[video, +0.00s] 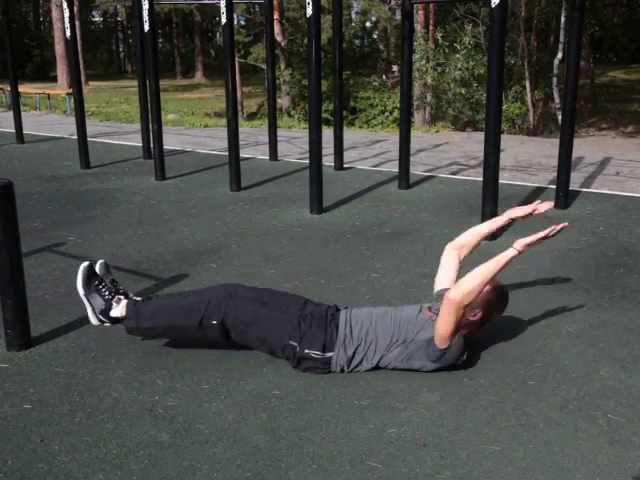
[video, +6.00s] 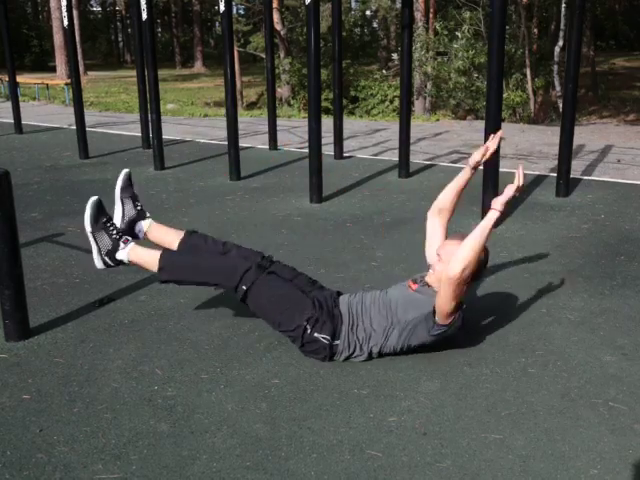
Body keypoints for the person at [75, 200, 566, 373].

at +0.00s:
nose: (471, 287)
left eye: (478, 290)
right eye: (476, 284)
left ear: (478, 308)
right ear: (470, 301)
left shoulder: (448, 345)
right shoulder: (441, 313)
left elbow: (460, 290)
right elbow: (454, 252)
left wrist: (511, 251)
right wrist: (507, 218)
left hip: (323, 339)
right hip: (328, 320)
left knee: (224, 303)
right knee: (227, 298)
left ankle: (121, 312)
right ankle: (129, 308)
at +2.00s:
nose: (398, 236)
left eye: (407, 235)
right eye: (404, 231)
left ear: (427, 255)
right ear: (426, 252)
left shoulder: (410, 288)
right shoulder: (418, 275)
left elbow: (360, 235)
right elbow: (377, 209)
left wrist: (339, 167)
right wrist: (357, 150)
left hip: (317, 340)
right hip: (324, 321)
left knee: (269, 247)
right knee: (274, 240)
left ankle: (159, 224)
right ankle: (177, 221)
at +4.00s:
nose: (361, 230)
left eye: (367, 226)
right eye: (364, 223)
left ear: (386, 234)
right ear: (389, 232)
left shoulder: (395, 259)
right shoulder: (396, 250)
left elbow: (329, 214)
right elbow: (338, 193)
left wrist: (277, 157)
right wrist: (289, 147)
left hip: (333, 338)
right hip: (339, 319)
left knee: (311, 237)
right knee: (310, 231)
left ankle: (223, 154)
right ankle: (228, 151)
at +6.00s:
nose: (447, 251)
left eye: (457, 253)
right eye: (451, 246)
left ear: (460, 272)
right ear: (447, 259)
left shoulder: (442, 312)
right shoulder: (429, 288)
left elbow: (455, 269)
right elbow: (435, 216)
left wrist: (492, 218)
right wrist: (471, 165)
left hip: (328, 329)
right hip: (329, 307)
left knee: (238, 270)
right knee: (240, 258)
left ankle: (119, 249)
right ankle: (139, 223)